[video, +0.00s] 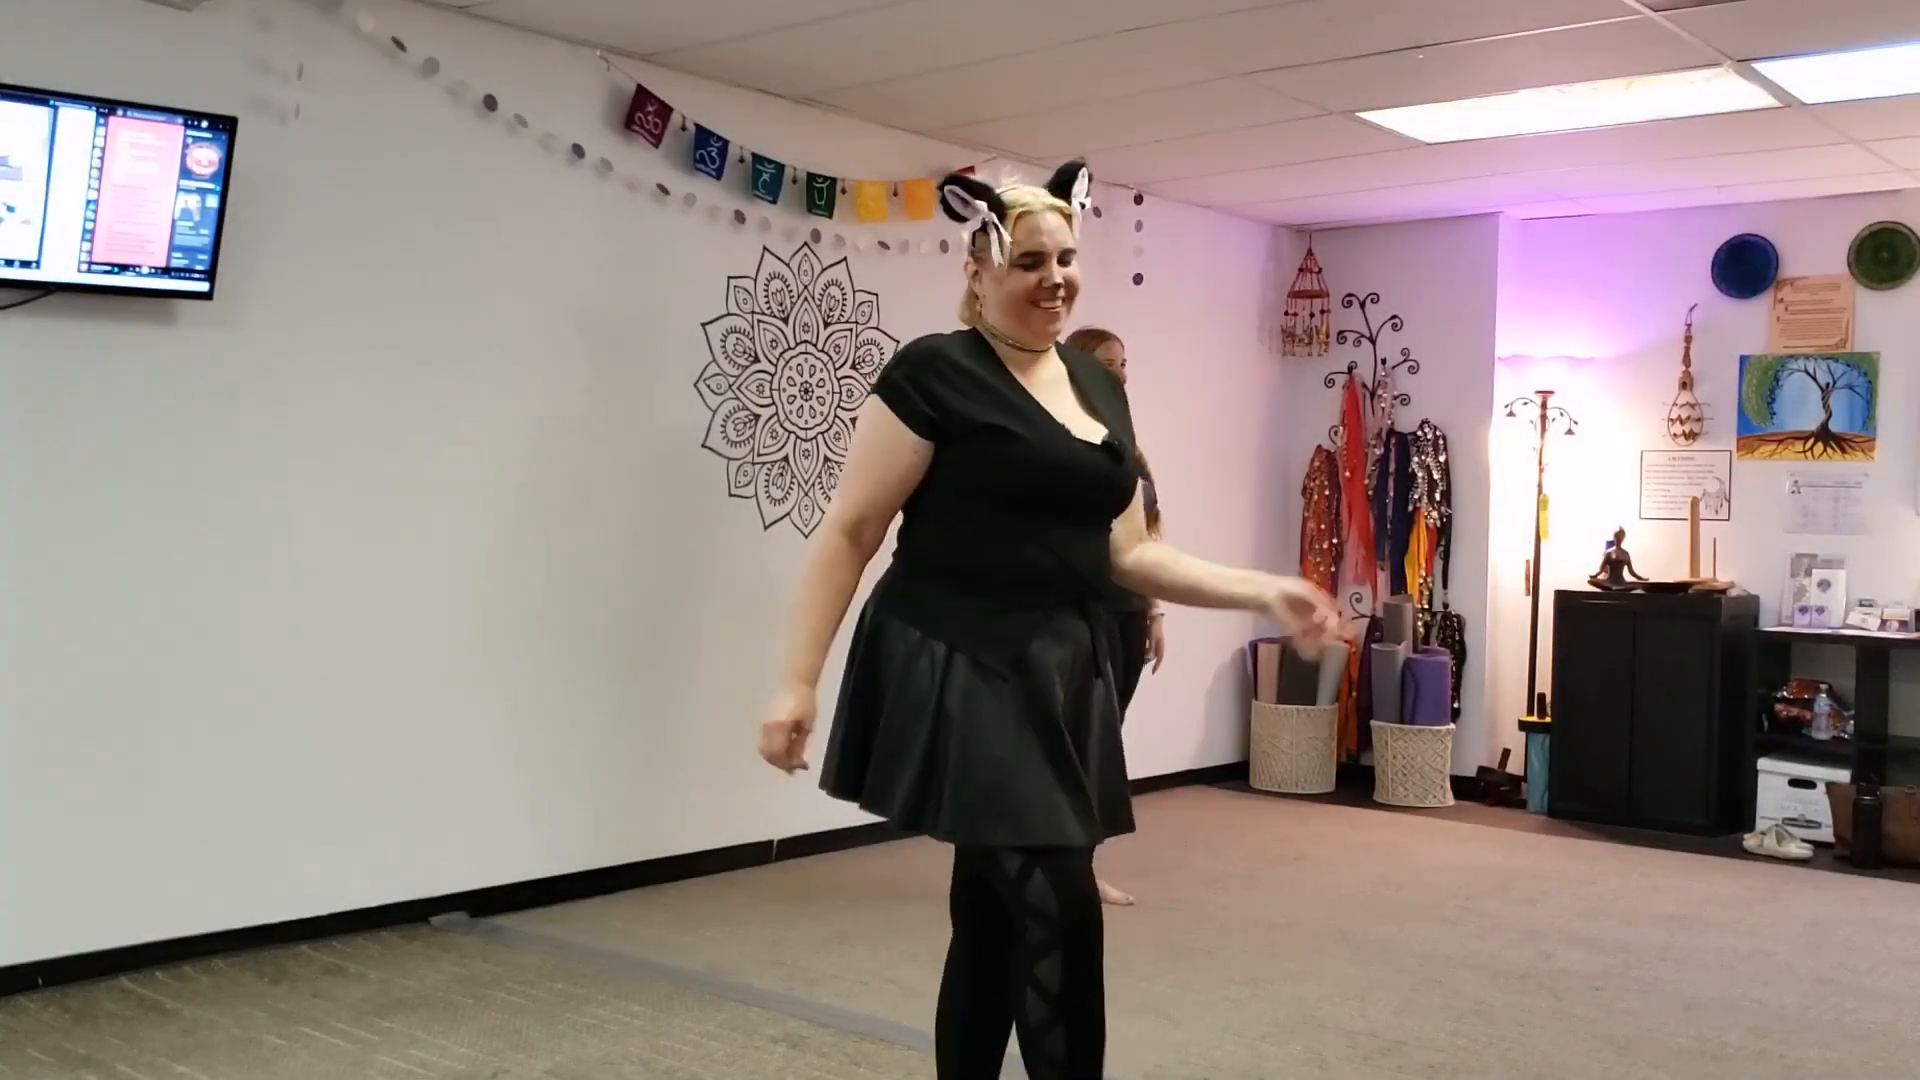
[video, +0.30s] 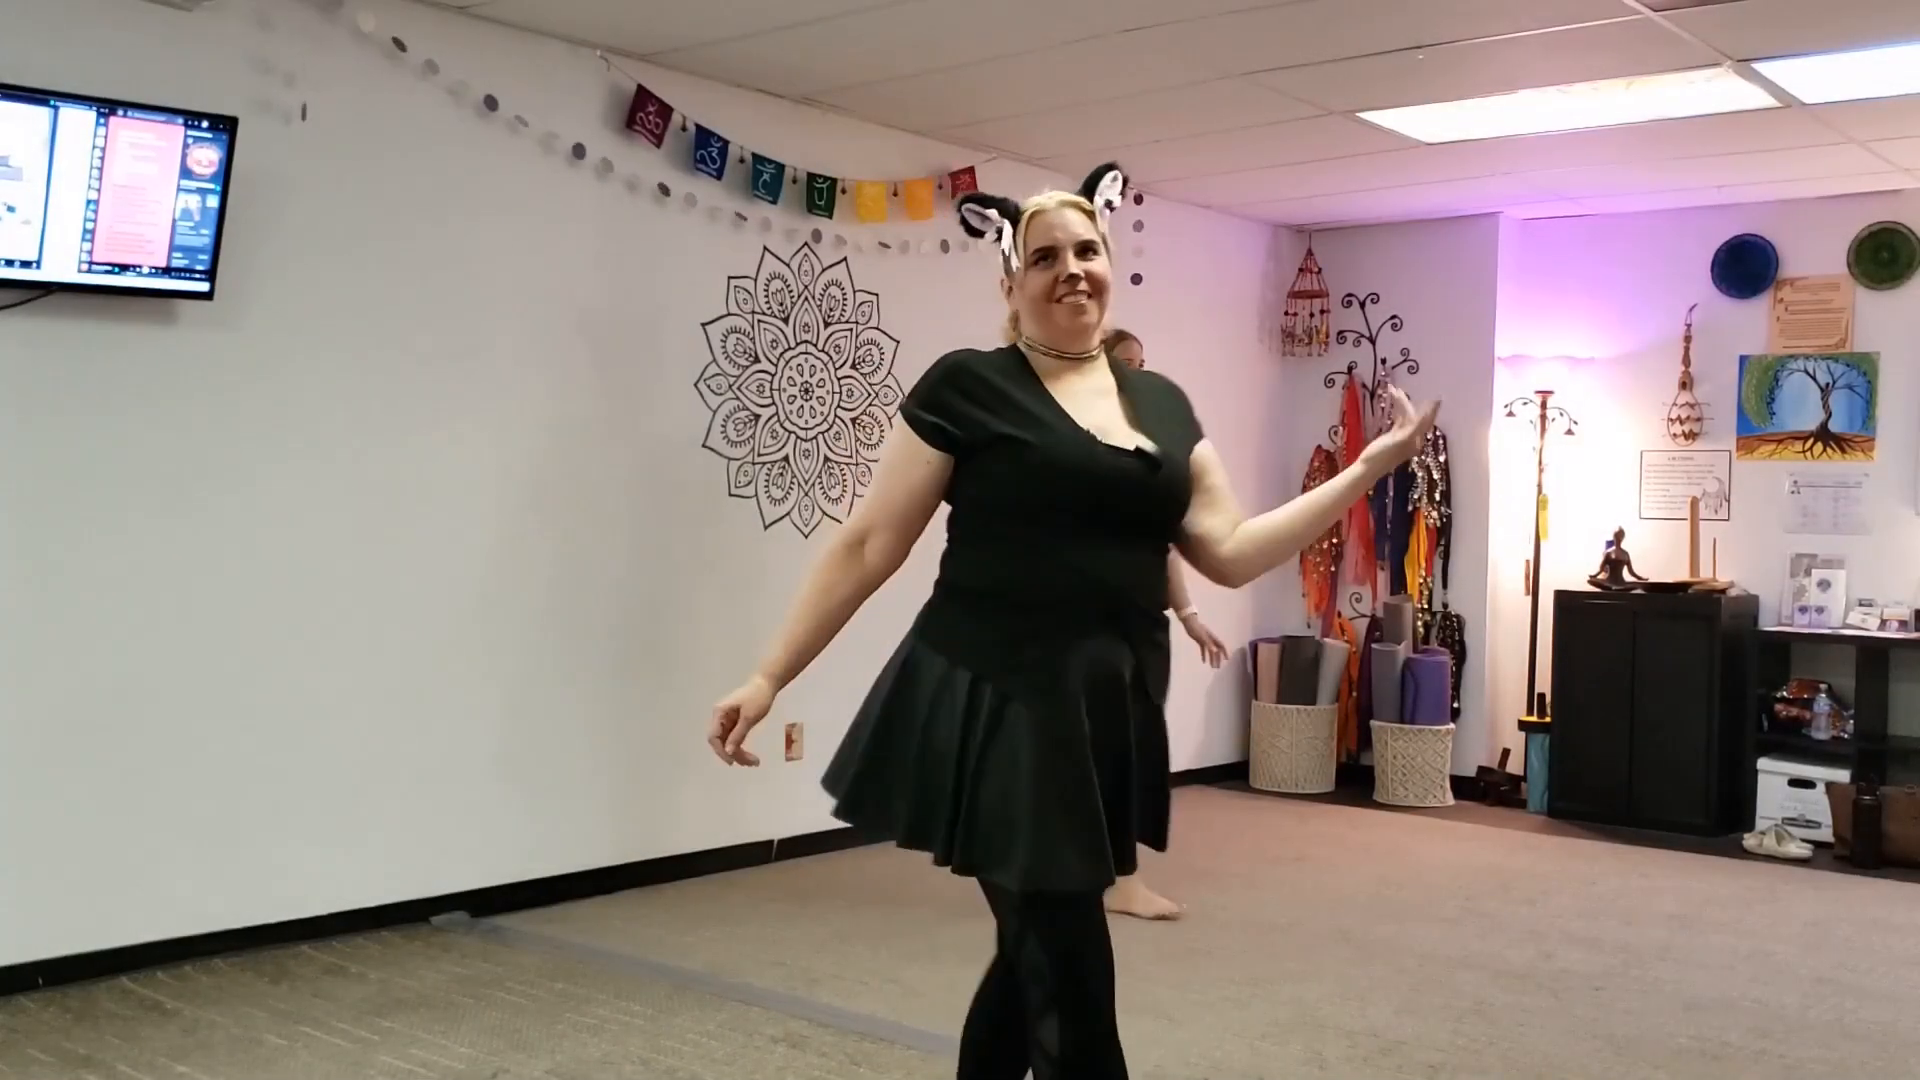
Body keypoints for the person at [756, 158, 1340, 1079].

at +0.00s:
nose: (1055, 278)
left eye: (1066, 259)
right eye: (1031, 260)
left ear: (1079, 269)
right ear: (978, 270)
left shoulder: (1086, 387)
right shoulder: (932, 374)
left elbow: (1130, 552)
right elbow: (850, 533)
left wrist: (1271, 592)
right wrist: (797, 687)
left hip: (1060, 671)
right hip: (950, 668)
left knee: (992, 924)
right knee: (1065, 909)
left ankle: (966, 1076)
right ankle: (1067, 1072)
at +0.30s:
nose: (1071, 269)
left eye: (1087, 250)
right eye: (1046, 255)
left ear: (1114, 275)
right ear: (1013, 285)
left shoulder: (1158, 405)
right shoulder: (970, 387)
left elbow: (1231, 554)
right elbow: (869, 543)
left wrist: (1367, 468)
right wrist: (770, 677)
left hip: (1107, 704)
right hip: (984, 697)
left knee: (1032, 960)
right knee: (1077, 967)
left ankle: (987, 1074)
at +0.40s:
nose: (1079, 266)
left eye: (1096, 247)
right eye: (1054, 253)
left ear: (1127, 268)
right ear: (1023, 284)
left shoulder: (1181, 398)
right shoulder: (982, 389)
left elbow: (1258, 547)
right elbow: (879, 552)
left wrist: (1384, 456)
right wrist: (772, 681)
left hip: (1136, 715)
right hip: (998, 709)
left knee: (1101, 966)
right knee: (1070, 977)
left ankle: (1016, 1065)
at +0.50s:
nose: (1088, 268)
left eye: (1106, 248)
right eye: (1063, 254)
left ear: (1138, 267)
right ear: (1032, 282)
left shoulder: (1197, 397)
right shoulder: (988, 393)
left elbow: (1281, 551)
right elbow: (886, 557)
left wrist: (1395, 457)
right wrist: (773, 680)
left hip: (1159, 717)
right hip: (1012, 718)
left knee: (1180, 979)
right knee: (1079, 1006)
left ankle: (1054, 1063)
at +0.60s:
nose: (1090, 276)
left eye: (1113, 258)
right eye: (1068, 259)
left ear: (1147, 275)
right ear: (1037, 279)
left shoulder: (1207, 392)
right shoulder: (989, 401)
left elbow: (1296, 554)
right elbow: (881, 570)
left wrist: (1395, 472)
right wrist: (758, 670)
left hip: (1171, 721)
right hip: (1017, 724)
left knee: (1222, 994)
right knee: (1078, 1022)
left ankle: (1078, 1013)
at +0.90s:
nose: (1071, 227)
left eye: (1099, 208)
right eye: (1053, 209)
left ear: (1150, 228)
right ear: (1032, 230)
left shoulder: (1217, 357)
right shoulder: (985, 366)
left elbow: (1294, 539)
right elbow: (908, 544)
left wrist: (1398, 626)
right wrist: (784, 637)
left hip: (1172, 718)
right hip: (1016, 719)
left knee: (1132, 1006)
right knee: (1066, 1012)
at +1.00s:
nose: (1054, 222)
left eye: (1086, 201)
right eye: (1042, 206)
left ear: (1148, 224)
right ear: (1029, 234)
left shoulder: (1219, 369)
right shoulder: (989, 367)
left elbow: (1286, 569)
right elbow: (918, 551)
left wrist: (1374, 699)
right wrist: (803, 641)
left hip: (1164, 749)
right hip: (1010, 748)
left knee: (1103, 1047)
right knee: (1061, 1041)